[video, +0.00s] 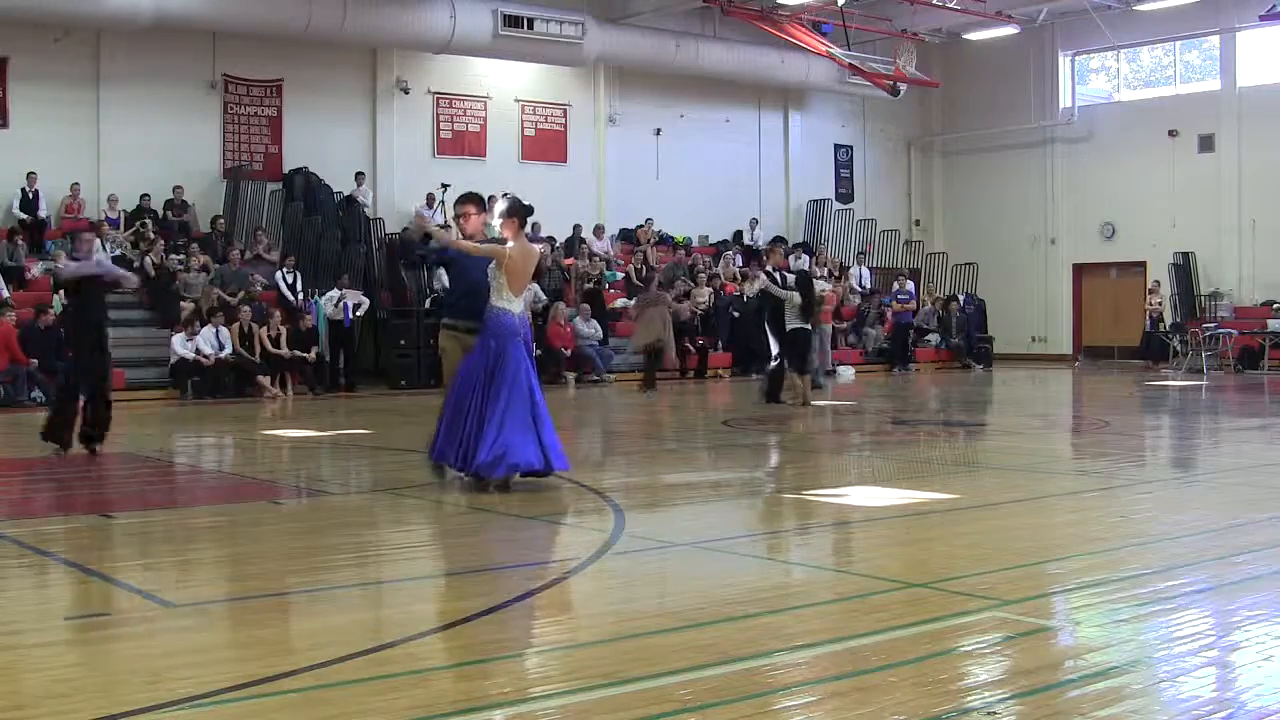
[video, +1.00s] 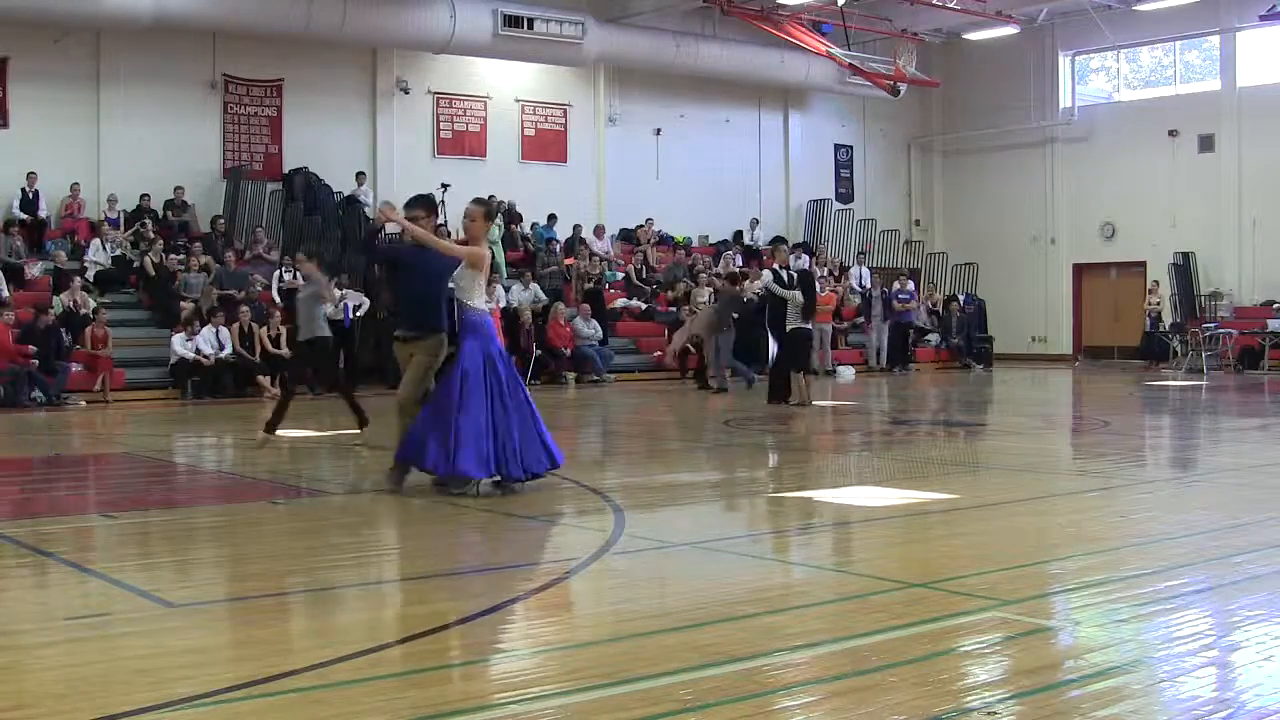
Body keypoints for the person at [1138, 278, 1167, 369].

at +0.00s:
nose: (1153, 288)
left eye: (1155, 286)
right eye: (1152, 286)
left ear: (1159, 287)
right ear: (1151, 287)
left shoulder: (1162, 297)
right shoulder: (1149, 297)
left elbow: (1162, 308)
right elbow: (1146, 306)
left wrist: (1151, 308)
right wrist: (1156, 307)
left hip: (1159, 318)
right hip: (1150, 318)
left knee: (1158, 338)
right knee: (1149, 337)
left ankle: (1156, 360)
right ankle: (1148, 360)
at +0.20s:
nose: (1154, 288)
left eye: (1156, 286)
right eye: (1153, 286)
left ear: (1159, 287)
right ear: (1152, 287)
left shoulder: (1162, 296)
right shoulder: (1149, 296)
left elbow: (1162, 308)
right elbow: (1146, 306)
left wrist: (1152, 309)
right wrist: (1157, 307)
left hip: (1159, 318)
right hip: (1151, 318)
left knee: (1159, 338)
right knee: (1150, 338)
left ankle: (1157, 360)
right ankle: (1150, 360)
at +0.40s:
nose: (1154, 288)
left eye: (1156, 286)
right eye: (1153, 286)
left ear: (1159, 287)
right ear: (1151, 287)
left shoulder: (1162, 296)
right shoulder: (1149, 296)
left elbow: (1162, 308)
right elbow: (1146, 307)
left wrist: (1150, 308)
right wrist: (1157, 307)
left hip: (1159, 319)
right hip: (1151, 319)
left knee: (1159, 339)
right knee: (1150, 339)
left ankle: (1157, 361)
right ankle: (1149, 361)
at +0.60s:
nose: (1154, 288)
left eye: (1156, 286)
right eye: (1153, 286)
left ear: (1159, 287)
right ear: (1151, 287)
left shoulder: (1162, 296)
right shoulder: (1149, 296)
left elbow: (1161, 308)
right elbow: (1146, 307)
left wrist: (1150, 308)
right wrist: (1157, 307)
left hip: (1159, 318)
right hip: (1151, 319)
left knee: (1158, 340)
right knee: (1150, 339)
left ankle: (1156, 361)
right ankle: (1149, 360)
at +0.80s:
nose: (1153, 288)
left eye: (1155, 286)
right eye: (1152, 286)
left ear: (1158, 287)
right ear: (1151, 287)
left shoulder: (1161, 296)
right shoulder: (1148, 296)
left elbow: (1161, 308)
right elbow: (1145, 306)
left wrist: (1150, 308)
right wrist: (1156, 307)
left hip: (1158, 318)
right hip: (1149, 318)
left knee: (1157, 339)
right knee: (1149, 338)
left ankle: (1156, 360)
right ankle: (1150, 360)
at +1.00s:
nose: (1153, 287)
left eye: (1154, 286)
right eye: (1152, 286)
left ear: (1158, 287)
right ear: (1151, 287)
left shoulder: (1160, 296)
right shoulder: (1148, 296)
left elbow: (1161, 308)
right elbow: (1145, 306)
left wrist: (1150, 309)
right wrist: (1156, 307)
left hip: (1157, 318)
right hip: (1149, 318)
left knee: (1156, 338)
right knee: (1149, 337)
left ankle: (1156, 360)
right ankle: (1150, 360)